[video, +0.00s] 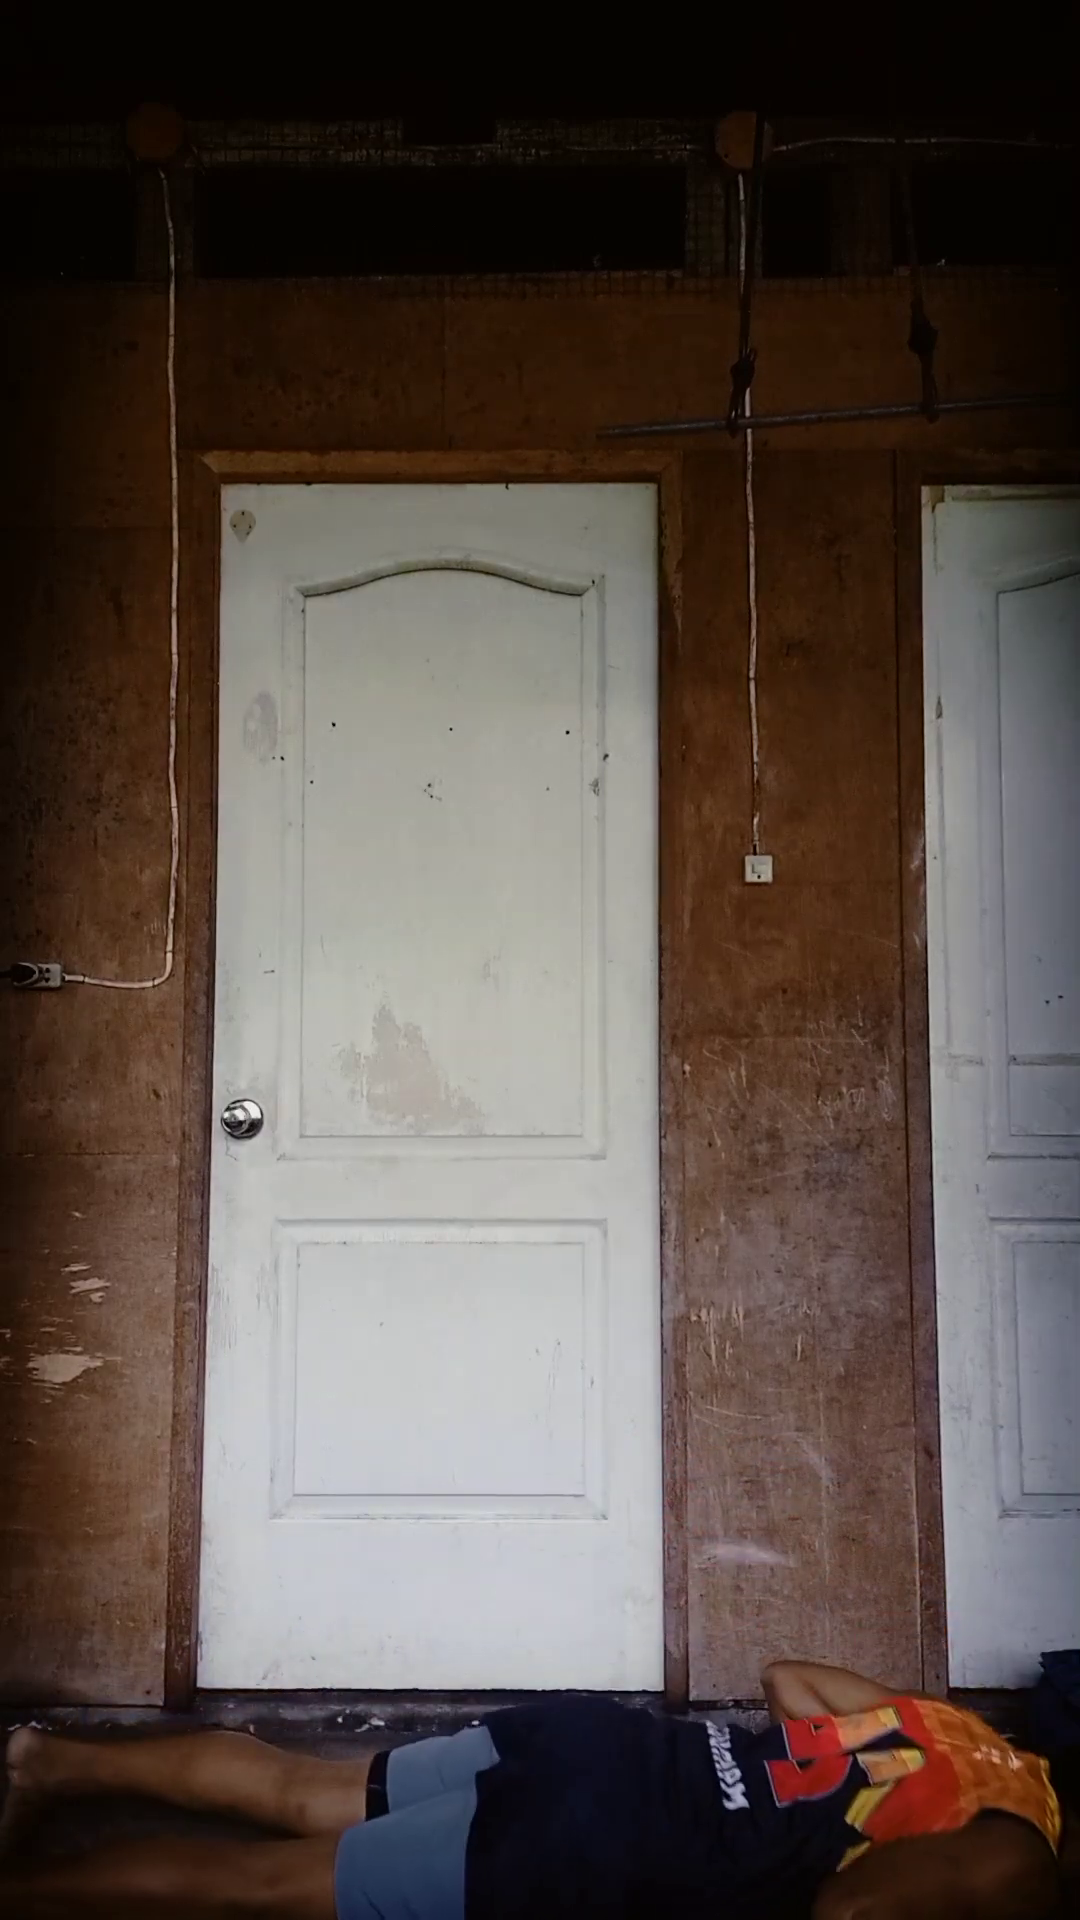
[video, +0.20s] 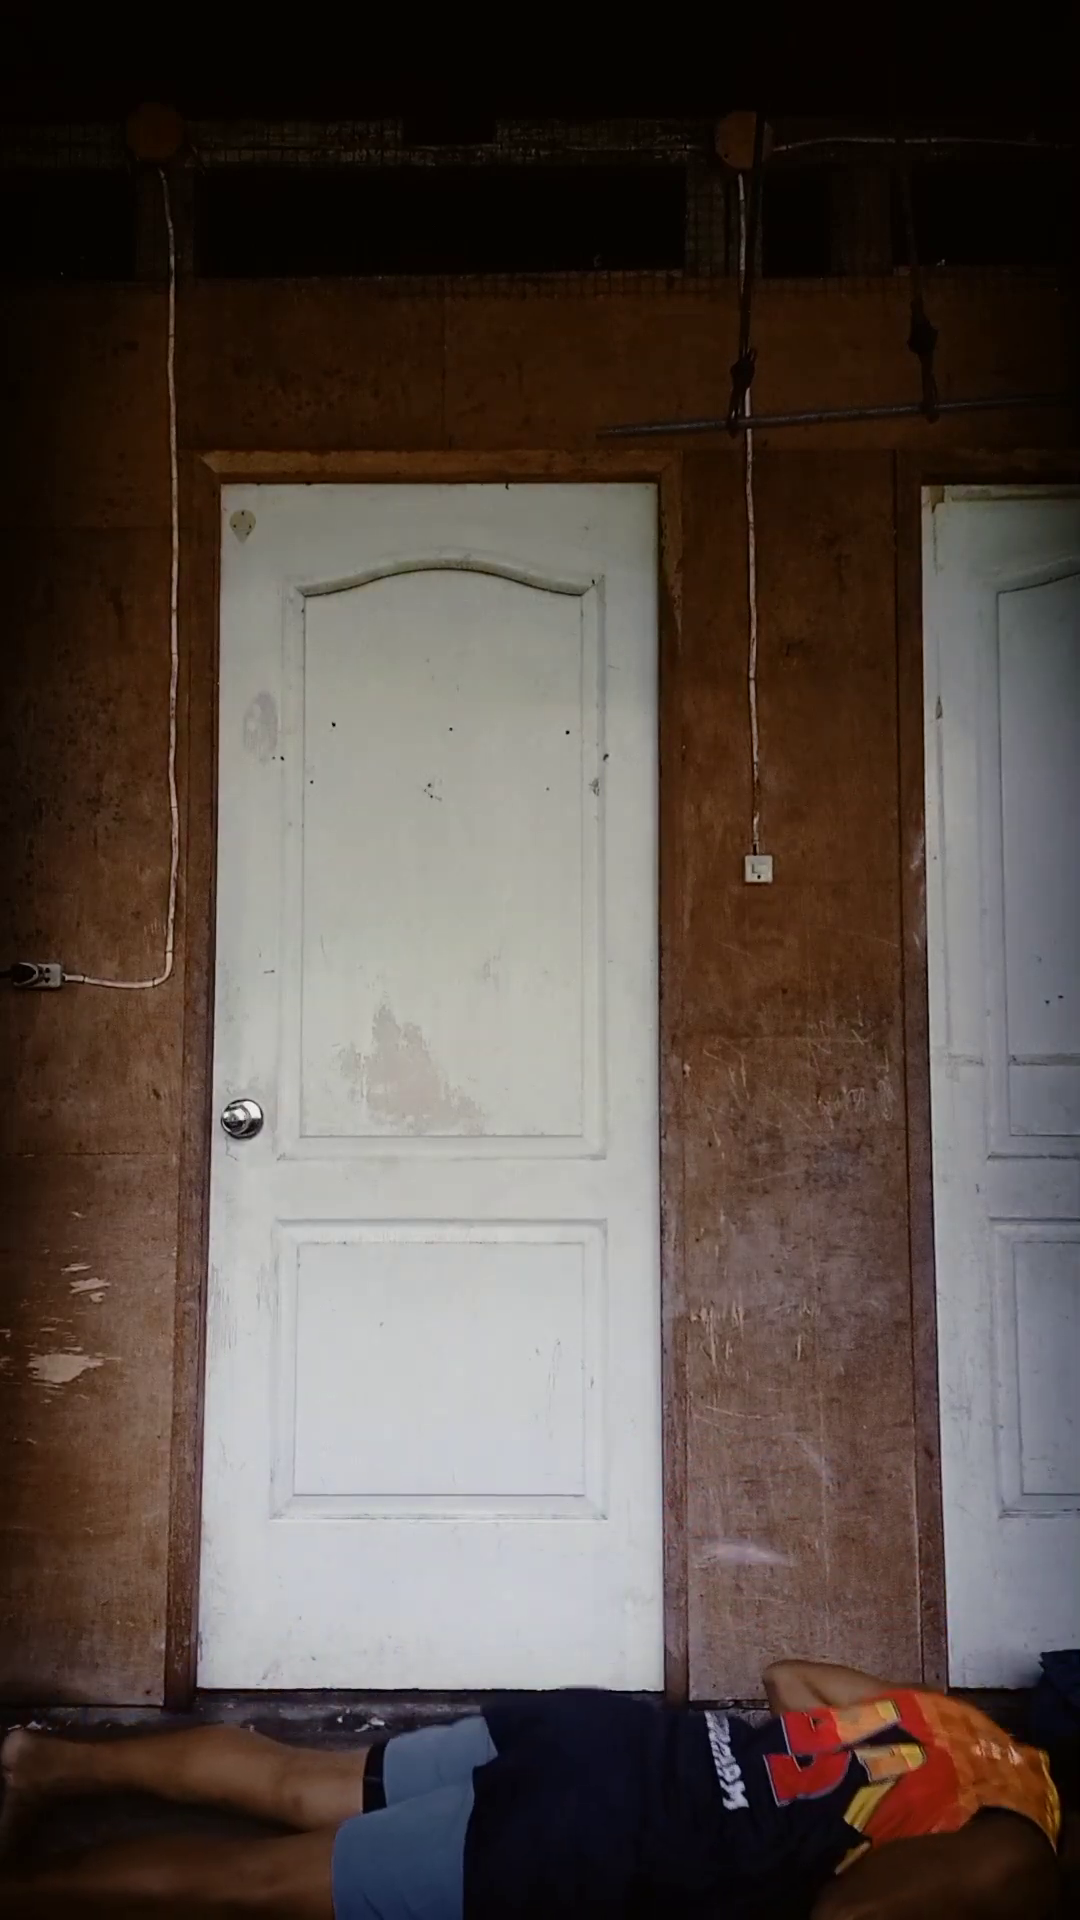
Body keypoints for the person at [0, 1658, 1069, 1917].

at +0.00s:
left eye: (1032, 1678)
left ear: (1037, 1693)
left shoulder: (955, 1728)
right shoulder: (1020, 1838)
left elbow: (801, 1683)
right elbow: (858, 1903)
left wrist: (887, 1766)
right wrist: (894, 1799)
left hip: (588, 1736)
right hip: (589, 1850)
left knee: (308, 1789)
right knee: (276, 1884)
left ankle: (50, 1756)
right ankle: (37, 1873)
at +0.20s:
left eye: (1033, 1683)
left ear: (1040, 1690)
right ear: (1076, 1758)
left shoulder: (957, 1719)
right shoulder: (1015, 1828)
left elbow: (799, 1684)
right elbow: (855, 1901)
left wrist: (873, 1770)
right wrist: (886, 1791)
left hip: (588, 1729)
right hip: (589, 1843)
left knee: (310, 1782)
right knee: (269, 1882)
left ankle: (53, 1757)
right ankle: (37, 1878)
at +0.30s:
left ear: (1046, 1682)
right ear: (1073, 1754)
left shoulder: (945, 1682)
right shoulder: (1002, 1807)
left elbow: (771, 1717)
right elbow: (850, 1901)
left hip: (586, 1703)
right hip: (577, 1834)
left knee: (301, 1761)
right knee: (260, 1868)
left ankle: (46, 1756)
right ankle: (34, 1873)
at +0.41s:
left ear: (1043, 1637)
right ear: (1079, 1714)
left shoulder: (924, 1622)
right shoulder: (992, 1766)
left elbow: (781, 1698)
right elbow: (845, 1897)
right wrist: (947, 1886)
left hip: (577, 1678)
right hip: (569, 1812)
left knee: (295, 1754)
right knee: (238, 1866)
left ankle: (42, 1761)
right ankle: (30, 1867)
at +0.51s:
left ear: (1041, 1624)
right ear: (1078, 1696)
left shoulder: (924, 1612)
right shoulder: (989, 1748)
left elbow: (784, 1708)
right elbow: (862, 1903)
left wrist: (908, 1840)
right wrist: (948, 1875)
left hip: (565, 1683)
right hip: (548, 1812)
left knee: (291, 1753)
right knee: (238, 1861)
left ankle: (40, 1760)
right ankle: (27, 1866)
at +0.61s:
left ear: (1033, 1605)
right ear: (1072, 1668)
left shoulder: (912, 1593)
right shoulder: (976, 1721)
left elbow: (765, 1660)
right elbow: (869, 1899)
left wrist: (894, 1812)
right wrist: (943, 1861)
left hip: (554, 1666)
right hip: (539, 1801)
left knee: (296, 1749)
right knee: (241, 1857)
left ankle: (35, 1759)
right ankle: (19, 1862)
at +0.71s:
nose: (1079, 1689)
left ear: (1026, 1574)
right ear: (1063, 1629)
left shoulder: (899, 1563)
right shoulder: (959, 1690)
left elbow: (773, 1694)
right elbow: (871, 1900)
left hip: (547, 1654)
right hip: (536, 1779)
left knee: (290, 1739)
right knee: (222, 1845)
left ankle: (33, 1759)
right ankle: (14, 1860)